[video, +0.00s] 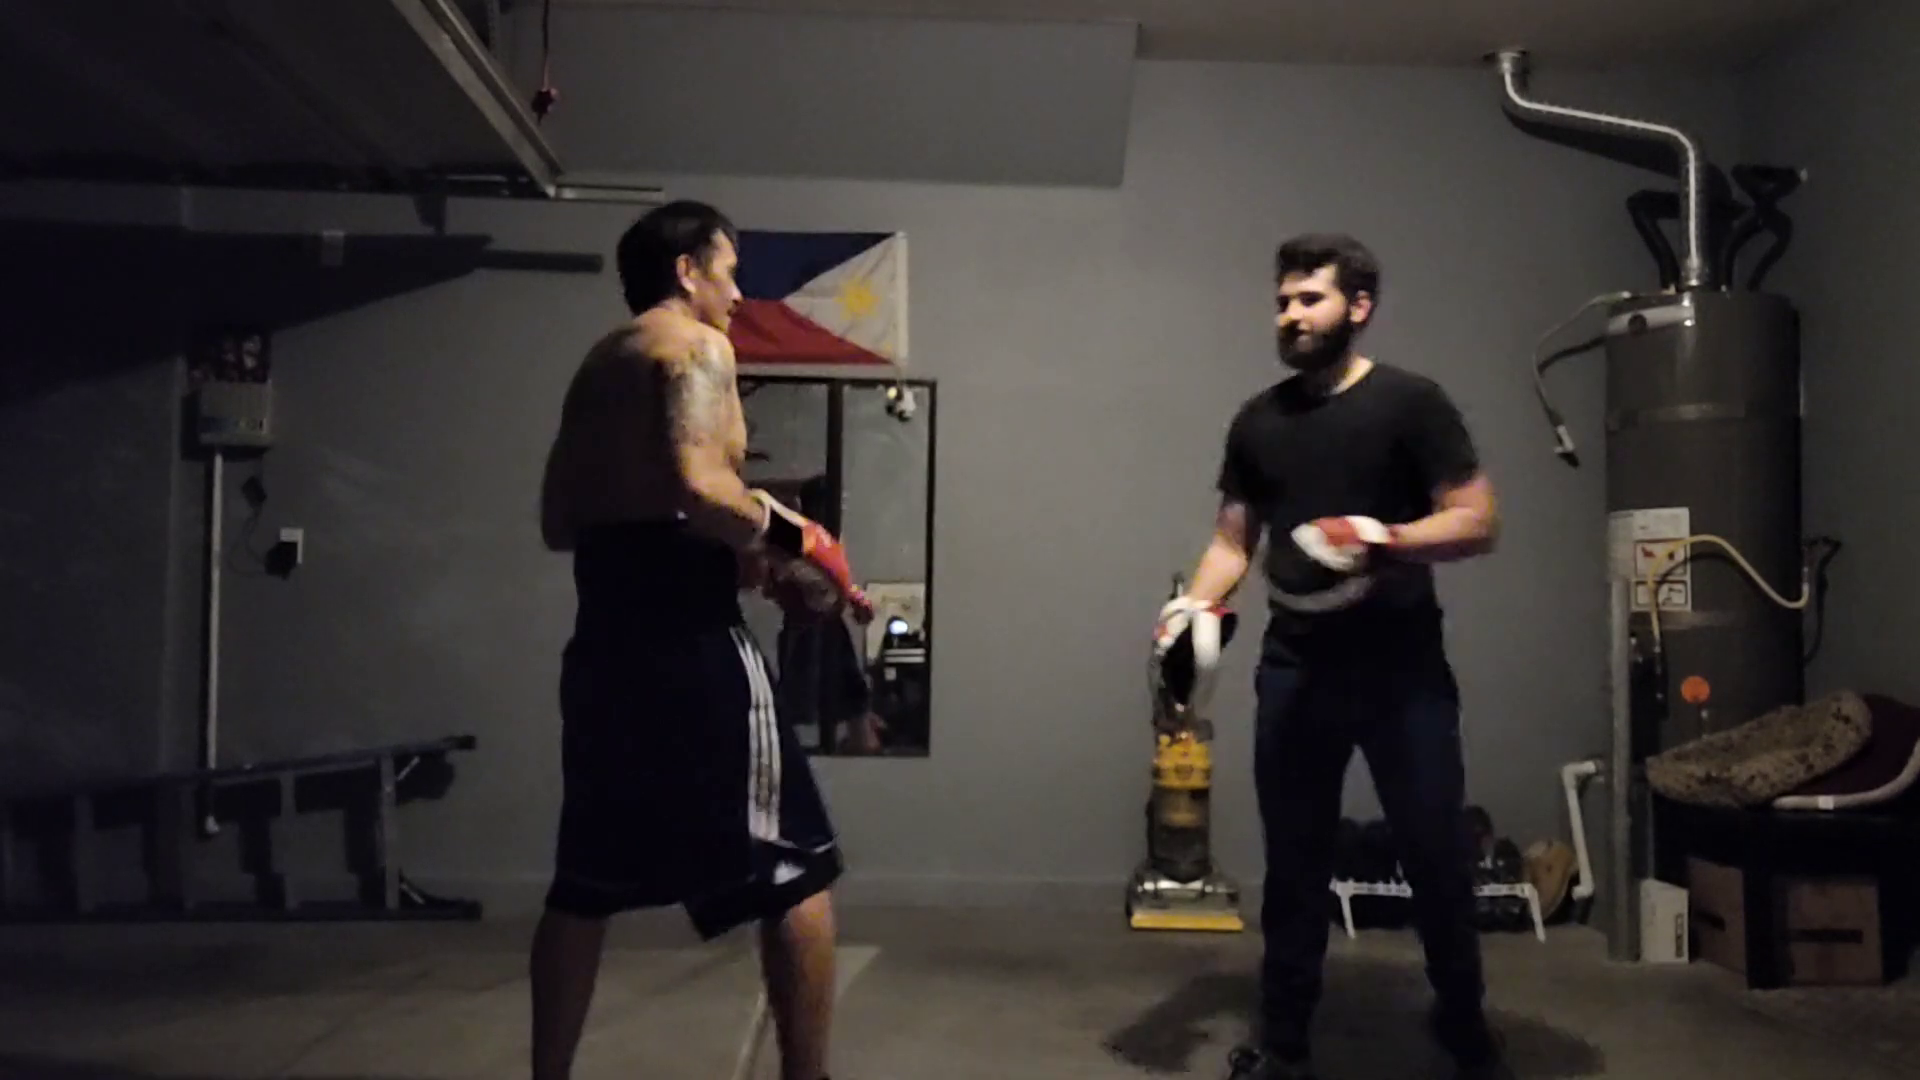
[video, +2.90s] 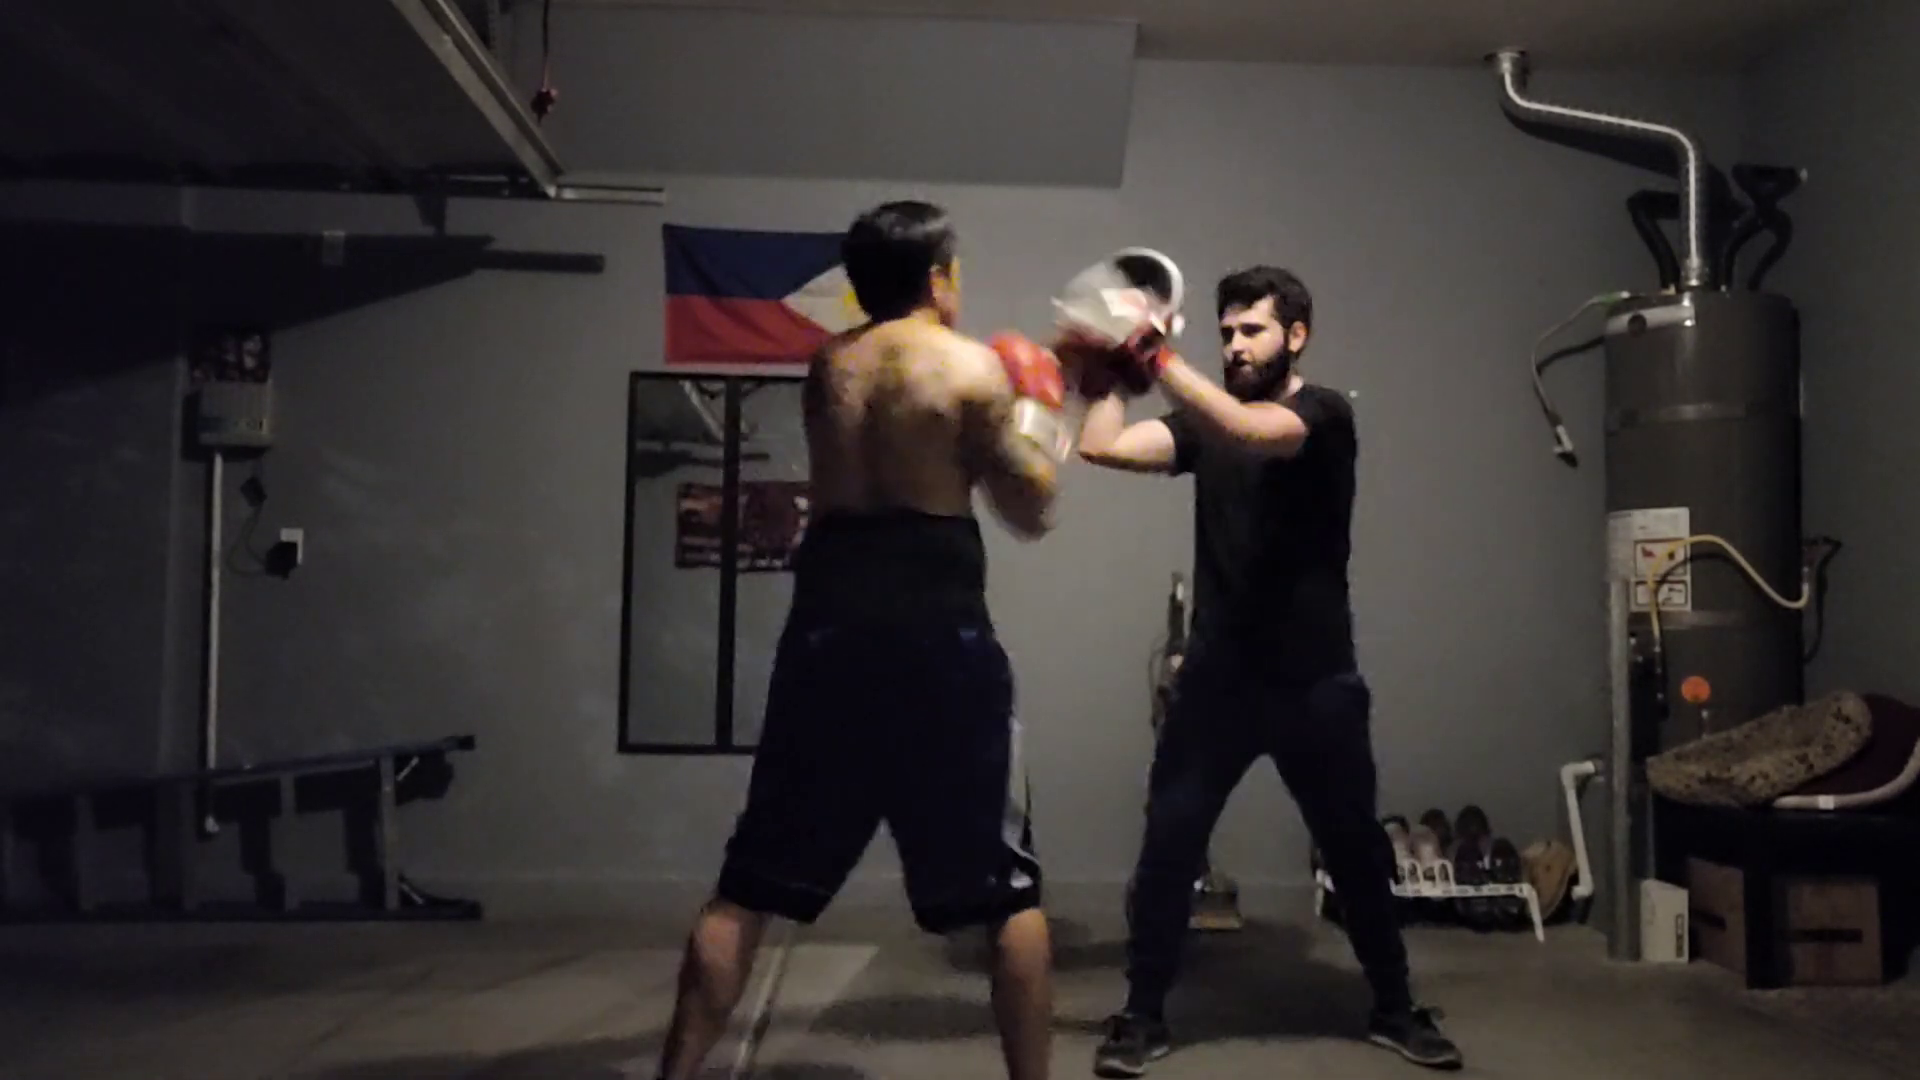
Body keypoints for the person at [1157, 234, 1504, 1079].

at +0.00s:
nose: (1293, 315)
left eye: (1311, 299)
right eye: (1285, 301)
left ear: (1359, 306)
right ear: (1277, 311)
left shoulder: (1413, 403)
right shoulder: (1260, 422)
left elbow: (1476, 522)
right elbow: (1233, 539)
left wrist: (1382, 536)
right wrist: (1194, 601)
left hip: (1402, 667)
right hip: (1298, 671)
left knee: (1437, 855)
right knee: (1293, 862)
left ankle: (1464, 1034)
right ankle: (1281, 1042)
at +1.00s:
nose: (1291, 316)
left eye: (1308, 301)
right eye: (1283, 304)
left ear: (1357, 311)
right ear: (1278, 317)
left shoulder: (1417, 407)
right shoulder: (1264, 424)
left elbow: (1461, 516)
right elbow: (1198, 524)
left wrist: (1363, 497)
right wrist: (1163, 540)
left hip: (1425, 677)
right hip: (1316, 679)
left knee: (1464, 858)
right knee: (1292, 864)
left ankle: (1469, 1023)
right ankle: (1280, 1044)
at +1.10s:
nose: (1306, 316)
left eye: (1323, 301)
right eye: (1297, 306)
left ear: (1371, 309)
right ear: (1290, 318)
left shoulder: (1420, 393)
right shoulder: (1277, 413)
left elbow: (1444, 469)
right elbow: (1176, 486)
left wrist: (1349, 400)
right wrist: (1149, 436)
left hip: (1426, 673)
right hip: (1319, 676)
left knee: (1463, 861)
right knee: (1294, 870)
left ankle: (1480, 1025)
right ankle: (1279, 1045)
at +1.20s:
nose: (1337, 320)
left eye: (1354, 303)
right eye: (1327, 309)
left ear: (1394, 310)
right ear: (1317, 323)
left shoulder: (1445, 392)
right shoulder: (1296, 411)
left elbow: (1435, 419)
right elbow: (1179, 431)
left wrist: (1376, 331)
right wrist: (1185, 353)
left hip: (1435, 673)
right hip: (1330, 676)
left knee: (1461, 864)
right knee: (1299, 860)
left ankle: (1480, 1034)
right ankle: (1281, 1043)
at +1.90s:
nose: (1296, 316)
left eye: (1315, 302)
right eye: (1286, 297)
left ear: (1346, 316)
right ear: (1262, 312)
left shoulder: (1382, 396)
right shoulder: (1241, 405)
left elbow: (1329, 429)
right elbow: (1125, 393)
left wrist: (1305, 334)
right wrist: (1134, 299)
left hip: (1375, 673)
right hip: (1270, 673)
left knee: (1421, 854)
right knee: (1227, 853)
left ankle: (1469, 1025)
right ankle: (1188, 1032)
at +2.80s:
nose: (1255, 354)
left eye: (1271, 339)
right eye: (1247, 341)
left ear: (1308, 341)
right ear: (1237, 346)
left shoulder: (1351, 415)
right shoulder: (1218, 422)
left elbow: (1307, 440)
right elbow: (1112, 426)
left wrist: (1299, 344)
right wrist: (1106, 351)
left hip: (1336, 679)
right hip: (1241, 676)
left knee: (1360, 847)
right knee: (1191, 836)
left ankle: (1396, 1006)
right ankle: (1143, 1013)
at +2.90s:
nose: (1237, 343)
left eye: (1253, 330)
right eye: (1228, 332)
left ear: (1296, 336)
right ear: (1218, 341)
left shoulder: (1327, 411)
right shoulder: (1207, 425)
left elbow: (1249, 426)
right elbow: (1100, 443)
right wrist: (1103, 363)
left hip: (1312, 678)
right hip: (1217, 678)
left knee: (1354, 847)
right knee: (1170, 842)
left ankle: (1395, 1008)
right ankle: (1143, 1014)